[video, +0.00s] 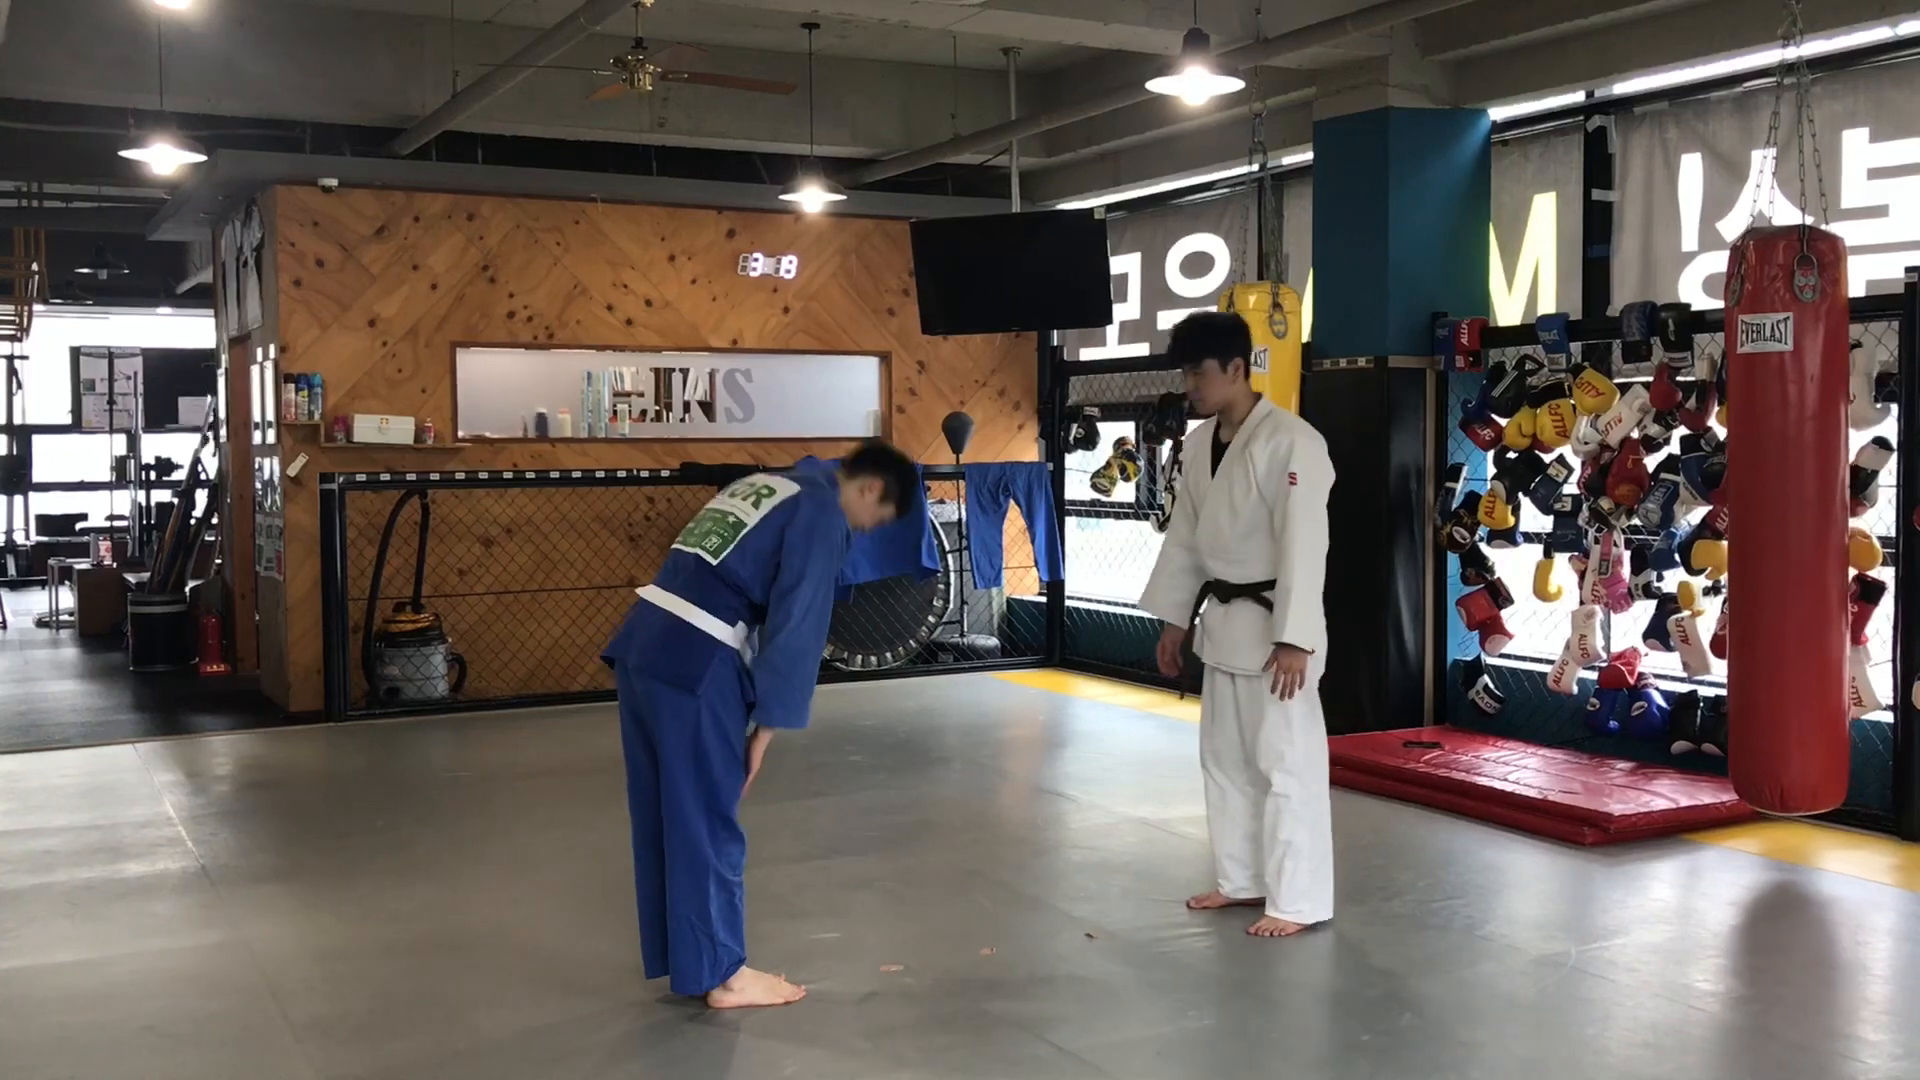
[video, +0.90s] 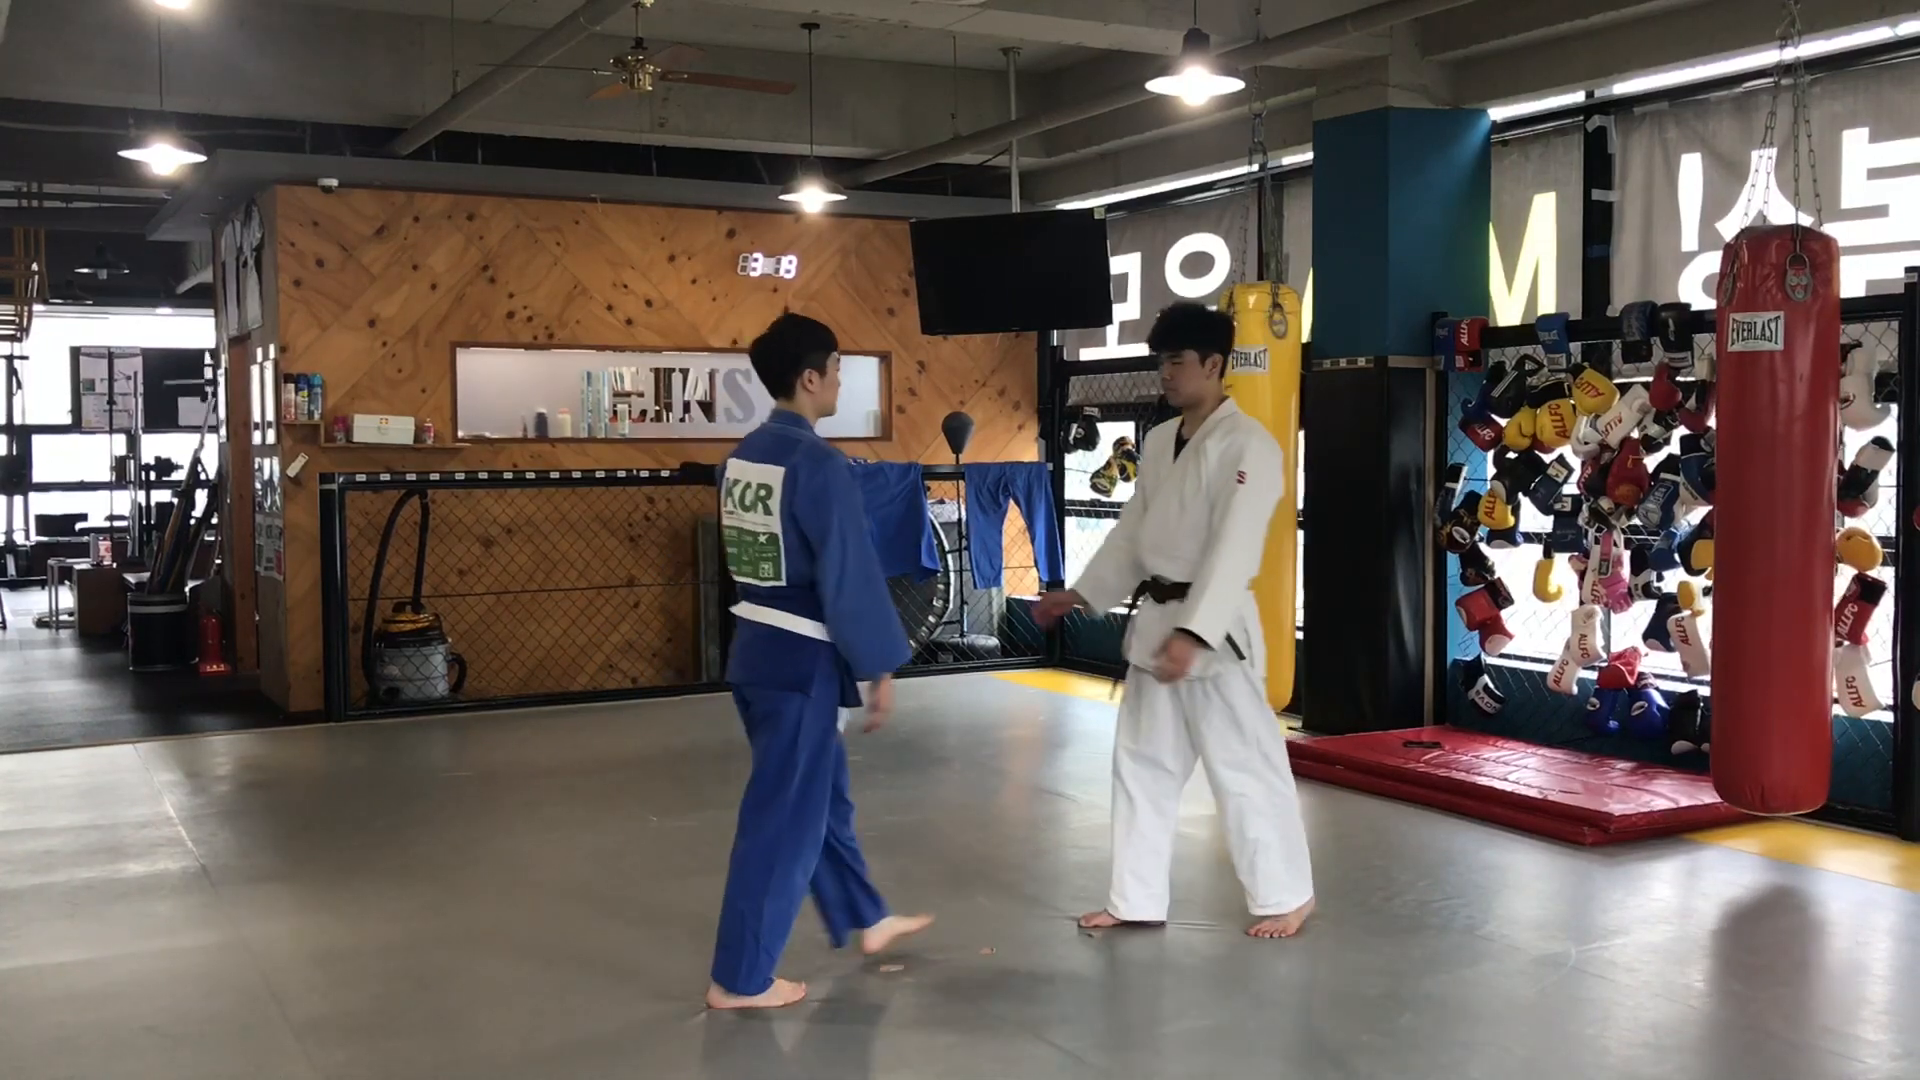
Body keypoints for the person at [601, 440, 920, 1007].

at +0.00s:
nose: (871, 527)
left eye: (882, 520)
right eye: (881, 514)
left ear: (855, 476)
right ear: (869, 489)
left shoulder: (765, 482)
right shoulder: (821, 514)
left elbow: (725, 585)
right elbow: (796, 623)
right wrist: (766, 724)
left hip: (642, 652)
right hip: (695, 667)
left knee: (663, 815)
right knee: (709, 817)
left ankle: (685, 962)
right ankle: (722, 971)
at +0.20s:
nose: (848, 445)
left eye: (854, 432)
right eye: (851, 429)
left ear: (806, 405)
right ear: (829, 411)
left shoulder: (734, 451)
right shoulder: (798, 472)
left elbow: (718, 564)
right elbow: (798, 587)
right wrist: (793, 685)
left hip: (670, 654)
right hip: (725, 665)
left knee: (679, 813)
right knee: (731, 818)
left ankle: (681, 963)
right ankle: (723, 974)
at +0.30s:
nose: (828, 410)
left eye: (831, 397)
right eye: (829, 395)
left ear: (773, 382)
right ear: (805, 387)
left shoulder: (715, 447)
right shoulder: (785, 459)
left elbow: (714, 557)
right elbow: (801, 572)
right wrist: (811, 667)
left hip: (686, 656)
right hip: (740, 665)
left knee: (696, 811)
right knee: (743, 818)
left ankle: (700, 963)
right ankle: (732, 976)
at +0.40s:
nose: (811, 390)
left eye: (812, 377)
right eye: (809, 377)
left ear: (752, 374)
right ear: (782, 374)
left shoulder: (710, 443)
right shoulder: (775, 456)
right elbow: (803, 570)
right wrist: (821, 657)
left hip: (699, 656)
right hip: (750, 664)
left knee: (710, 814)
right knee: (758, 821)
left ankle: (705, 966)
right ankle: (740, 977)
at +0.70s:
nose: (812, 381)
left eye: (809, 368)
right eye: (808, 368)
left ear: (750, 376)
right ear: (783, 373)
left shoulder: (719, 453)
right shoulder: (787, 460)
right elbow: (812, 574)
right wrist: (835, 667)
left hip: (722, 664)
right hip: (773, 671)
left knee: (747, 814)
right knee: (772, 823)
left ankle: (738, 953)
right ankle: (740, 980)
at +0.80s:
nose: (825, 381)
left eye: (822, 368)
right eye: (820, 369)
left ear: (763, 376)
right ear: (796, 374)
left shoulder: (733, 452)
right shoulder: (803, 461)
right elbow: (825, 577)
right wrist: (850, 670)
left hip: (734, 660)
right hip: (785, 667)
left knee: (799, 799)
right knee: (773, 817)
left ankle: (817, 937)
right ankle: (739, 980)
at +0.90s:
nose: (840, 383)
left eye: (838, 371)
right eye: (834, 372)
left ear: (782, 379)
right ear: (809, 377)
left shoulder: (748, 456)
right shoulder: (820, 465)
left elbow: (762, 560)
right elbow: (848, 578)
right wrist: (879, 667)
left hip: (752, 658)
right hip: (801, 666)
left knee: (824, 796)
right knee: (784, 814)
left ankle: (866, 922)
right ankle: (740, 978)